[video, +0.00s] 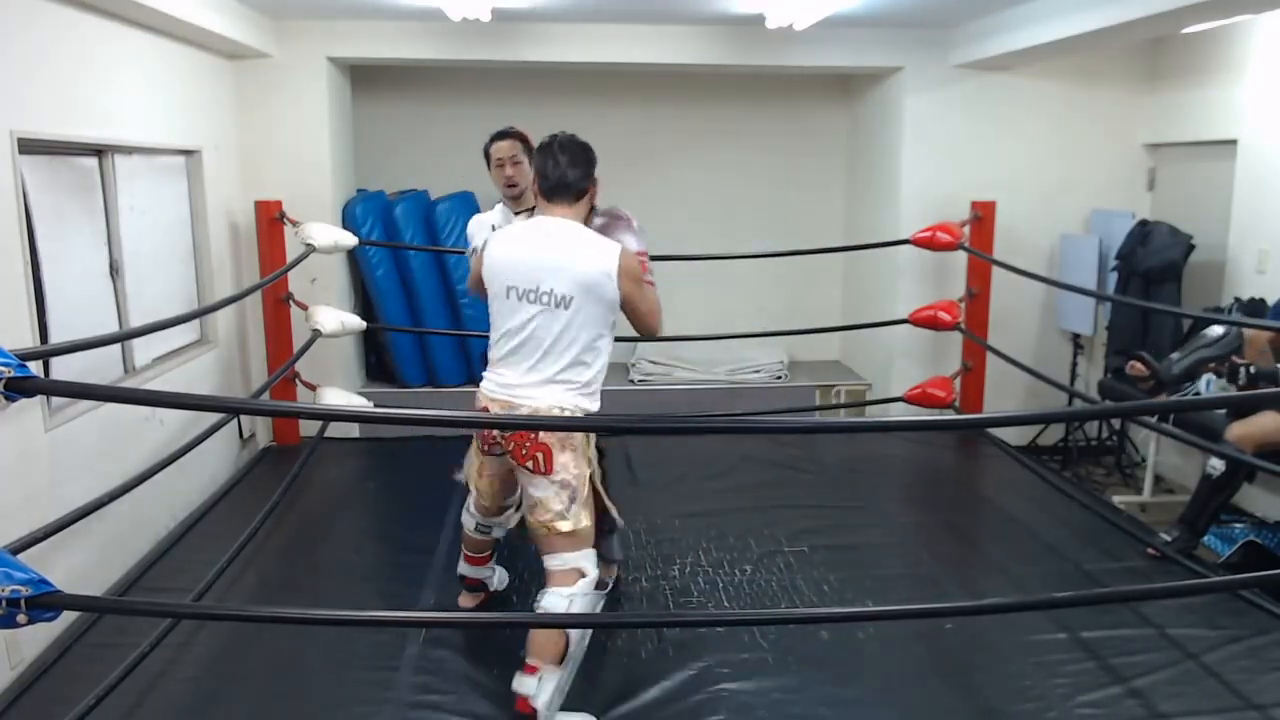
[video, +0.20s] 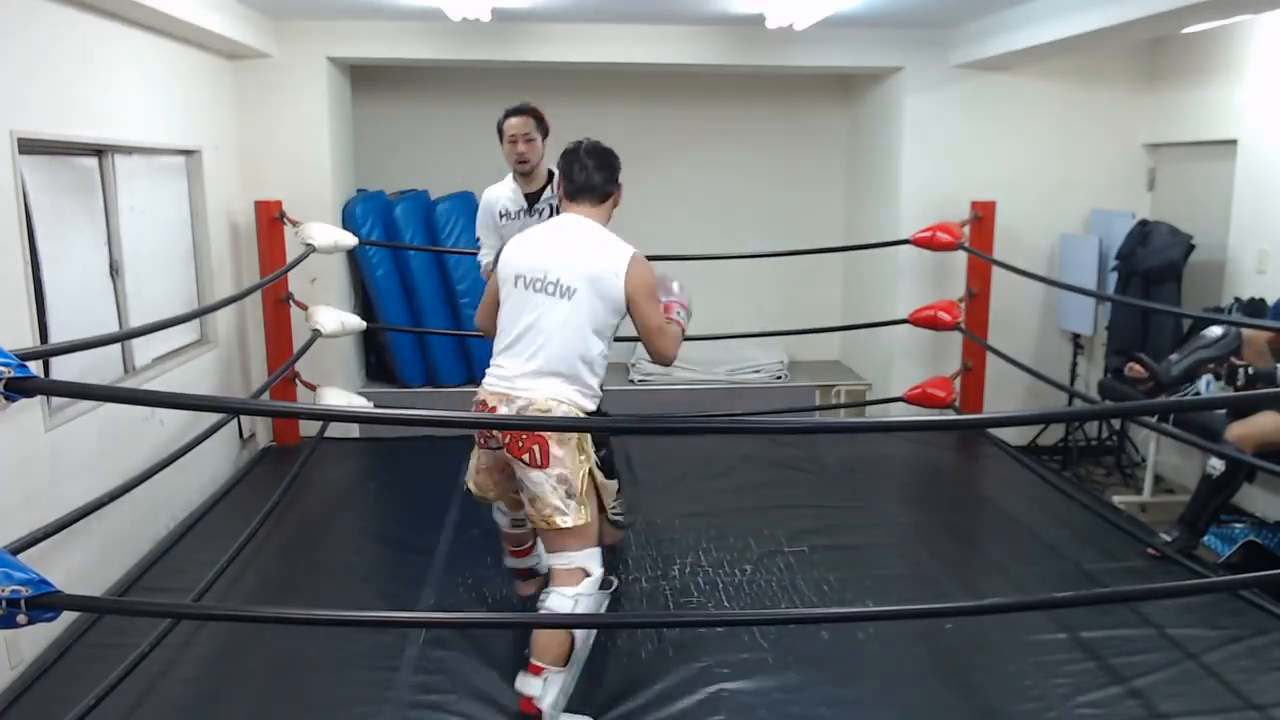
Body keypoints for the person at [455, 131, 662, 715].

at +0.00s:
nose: (593, 192)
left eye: (531, 182)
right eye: (593, 185)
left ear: (533, 188)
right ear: (594, 189)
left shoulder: (499, 241)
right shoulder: (611, 257)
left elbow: (479, 286)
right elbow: (650, 323)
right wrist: (637, 274)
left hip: (494, 412)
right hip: (558, 425)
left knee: (483, 512)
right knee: (569, 577)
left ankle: (474, 588)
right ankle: (532, 700)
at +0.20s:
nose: (618, 197)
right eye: (619, 191)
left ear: (558, 189)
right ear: (616, 194)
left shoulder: (517, 245)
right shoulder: (625, 261)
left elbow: (486, 321)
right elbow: (665, 351)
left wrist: (540, 308)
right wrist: (676, 312)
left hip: (493, 411)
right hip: (553, 422)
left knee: (515, 517)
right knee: (573, 575)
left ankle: (536, 607)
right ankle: (539, 702)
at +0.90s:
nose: (522, 164)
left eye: (521, 158)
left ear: (524, 166)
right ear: (579, 159)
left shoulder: (505, 229)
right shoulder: (616, 213)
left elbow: (491, 292)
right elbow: (686, 263)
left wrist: (533, 270)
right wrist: (708, 276)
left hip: (558, 388)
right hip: (619, 374)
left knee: (572, 490)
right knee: (614, 428)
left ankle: (602, 579)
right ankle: (626, 502)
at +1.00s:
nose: (527, 177)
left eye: (525, 171)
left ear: (528, 177)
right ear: (581, 171)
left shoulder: (510, 242)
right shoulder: (621, 227)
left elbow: (480, 303)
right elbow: (673, 274)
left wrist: (520, 263)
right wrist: (679, 241)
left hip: (551, 393)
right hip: (617, 385)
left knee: (572, 503)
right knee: (628, 493)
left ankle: (601, 594)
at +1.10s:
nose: (541, 186)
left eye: (538, 179)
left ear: (536, 183)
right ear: (590, 179)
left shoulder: (514, 249)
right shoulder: (629, 237)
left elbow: (478, 326)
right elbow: (660, 296)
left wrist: (512, 271)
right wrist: (644, 242)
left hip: (544, 402)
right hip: (612, 399)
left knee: (567, 506)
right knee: (619, 537)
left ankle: (587, 558)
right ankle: (594, 648)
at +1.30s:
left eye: (546, 158)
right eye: (595, 160)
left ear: (541, 161)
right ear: (599, 163)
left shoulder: (510, 220)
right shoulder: (626, 216)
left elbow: (484, 301)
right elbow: (666, 286)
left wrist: (529, 263)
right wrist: (644, 224)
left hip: (521, 380)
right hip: (589, 384)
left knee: (538, 485)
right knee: (588, 525)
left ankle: (545, 595)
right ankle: (565, 669)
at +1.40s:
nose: (598, 166)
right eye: (598, 159)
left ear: (535, 163)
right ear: (595, 163)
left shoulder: (505, 224)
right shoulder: (619, 215)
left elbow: (480, 304)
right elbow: (666, 281)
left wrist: (530, 268)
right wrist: (649, 221)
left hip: (514, 382)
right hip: (576, 390)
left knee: (532, 496)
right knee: (569, 542)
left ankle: (527, 622)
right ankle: (514, 682)